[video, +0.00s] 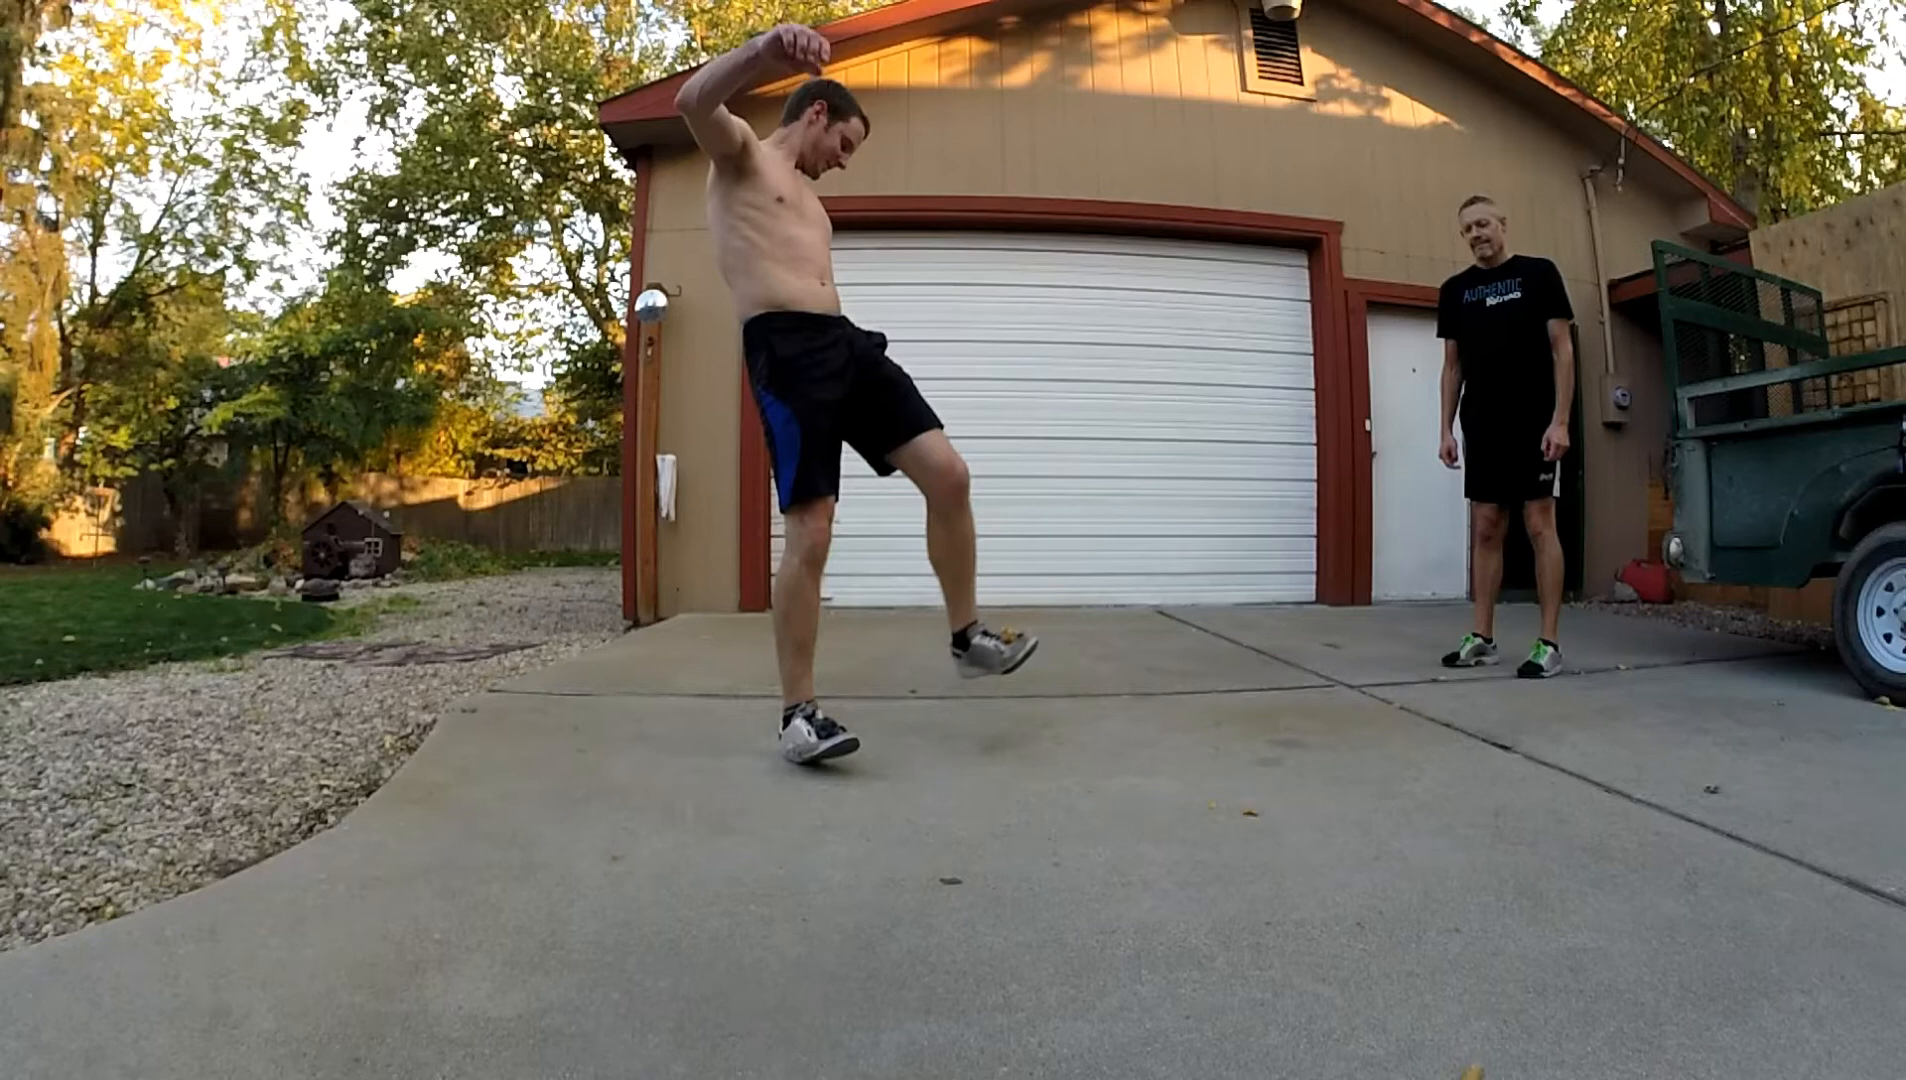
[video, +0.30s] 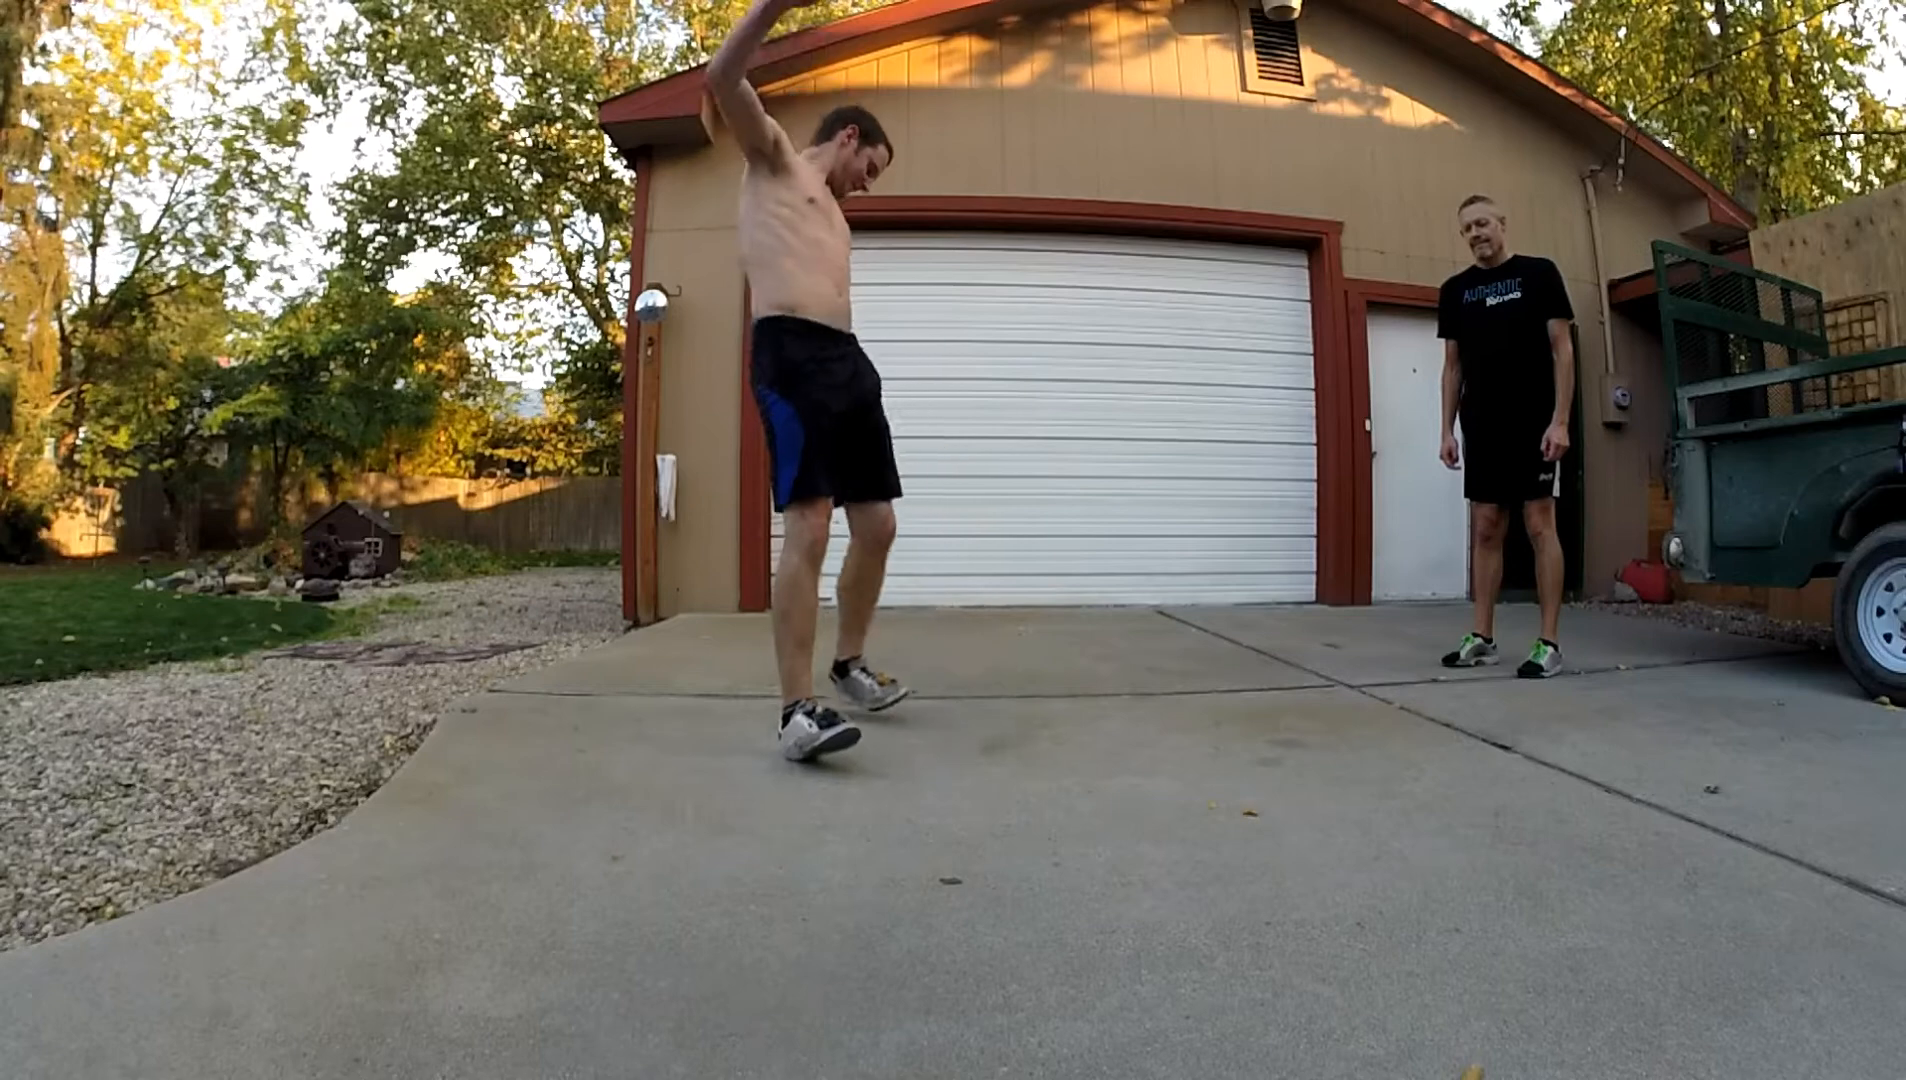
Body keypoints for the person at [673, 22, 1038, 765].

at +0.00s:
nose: (841, 161)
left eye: (849, 152)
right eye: (843, 145)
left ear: (824, 129)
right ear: (814, 114)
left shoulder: (806, 196)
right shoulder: (740, 152)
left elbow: (812, 280)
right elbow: (697, 98)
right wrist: (765, 52)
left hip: (845, 345)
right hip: (784, 351)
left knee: (948, 476)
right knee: (808, 537)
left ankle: (967, 636)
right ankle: (798, 715)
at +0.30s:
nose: (869, 179)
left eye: (876, 175)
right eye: (871, 164)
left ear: (849, 151)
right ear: (844, 135)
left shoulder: (831, 211)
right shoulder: (774, 155)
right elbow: (722, 76)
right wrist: (775, 4)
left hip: (843, 356)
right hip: (788, 351)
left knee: (877, 526)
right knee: (808, 530)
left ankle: (849, 664)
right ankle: (798, 710)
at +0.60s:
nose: (908, 230)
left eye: (917, 226)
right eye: (911, 216)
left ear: (901, 205)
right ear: (892, 182)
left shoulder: (860, 242)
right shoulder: (831, 186)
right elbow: (766, 148)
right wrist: (827, 128)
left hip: (831, 376)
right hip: (781, 363)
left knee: (849, 536)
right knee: (800, 527)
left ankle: (838, 682)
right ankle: (797, 701)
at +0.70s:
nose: (910, 233)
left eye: (918, 229)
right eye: (913, 220)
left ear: (902, 205)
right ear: (894, 188)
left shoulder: (868, 248)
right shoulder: (834, 194)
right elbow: (761, 169)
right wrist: (816, 181)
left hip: (832, 376)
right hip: (782, 363)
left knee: (852, 534)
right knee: (802, 523)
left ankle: (838, 680)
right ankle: (796, 698)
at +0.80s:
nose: (908, 229)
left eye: (917, 224)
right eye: (911, 215)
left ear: (901, 200)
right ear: (892, 182)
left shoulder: (867, 245)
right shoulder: (835, 190)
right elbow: (754, 192)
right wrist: (798, 231)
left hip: (834, 375)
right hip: (785, 361)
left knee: (850, 533)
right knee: (807, 519)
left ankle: (838, 682)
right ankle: (793, 694)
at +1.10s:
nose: (907, 204)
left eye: (916, 196)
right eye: (907, 189)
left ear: (898, 178)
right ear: (881, 159)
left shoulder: (865, 234)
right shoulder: (825, 187)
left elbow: (832, 332)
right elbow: (742, 232)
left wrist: (856, 400)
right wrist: (749, 311)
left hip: (836, 378)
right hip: (790, 363)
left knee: (849, 533)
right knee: (799, 531)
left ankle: (839, 681)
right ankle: (787, 693)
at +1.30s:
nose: (910, 204)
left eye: (921, 196)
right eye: (909, 189)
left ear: (922, 185)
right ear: (883, 157)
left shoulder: (875, 225)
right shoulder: (821, 196)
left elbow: (832, 310)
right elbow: (741, 253)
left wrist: (854, 375)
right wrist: (743, 344)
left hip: (837, 379)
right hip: (786, 368)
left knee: (854, 528)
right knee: (796, 532)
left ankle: (840, 678)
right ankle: (786, 695)